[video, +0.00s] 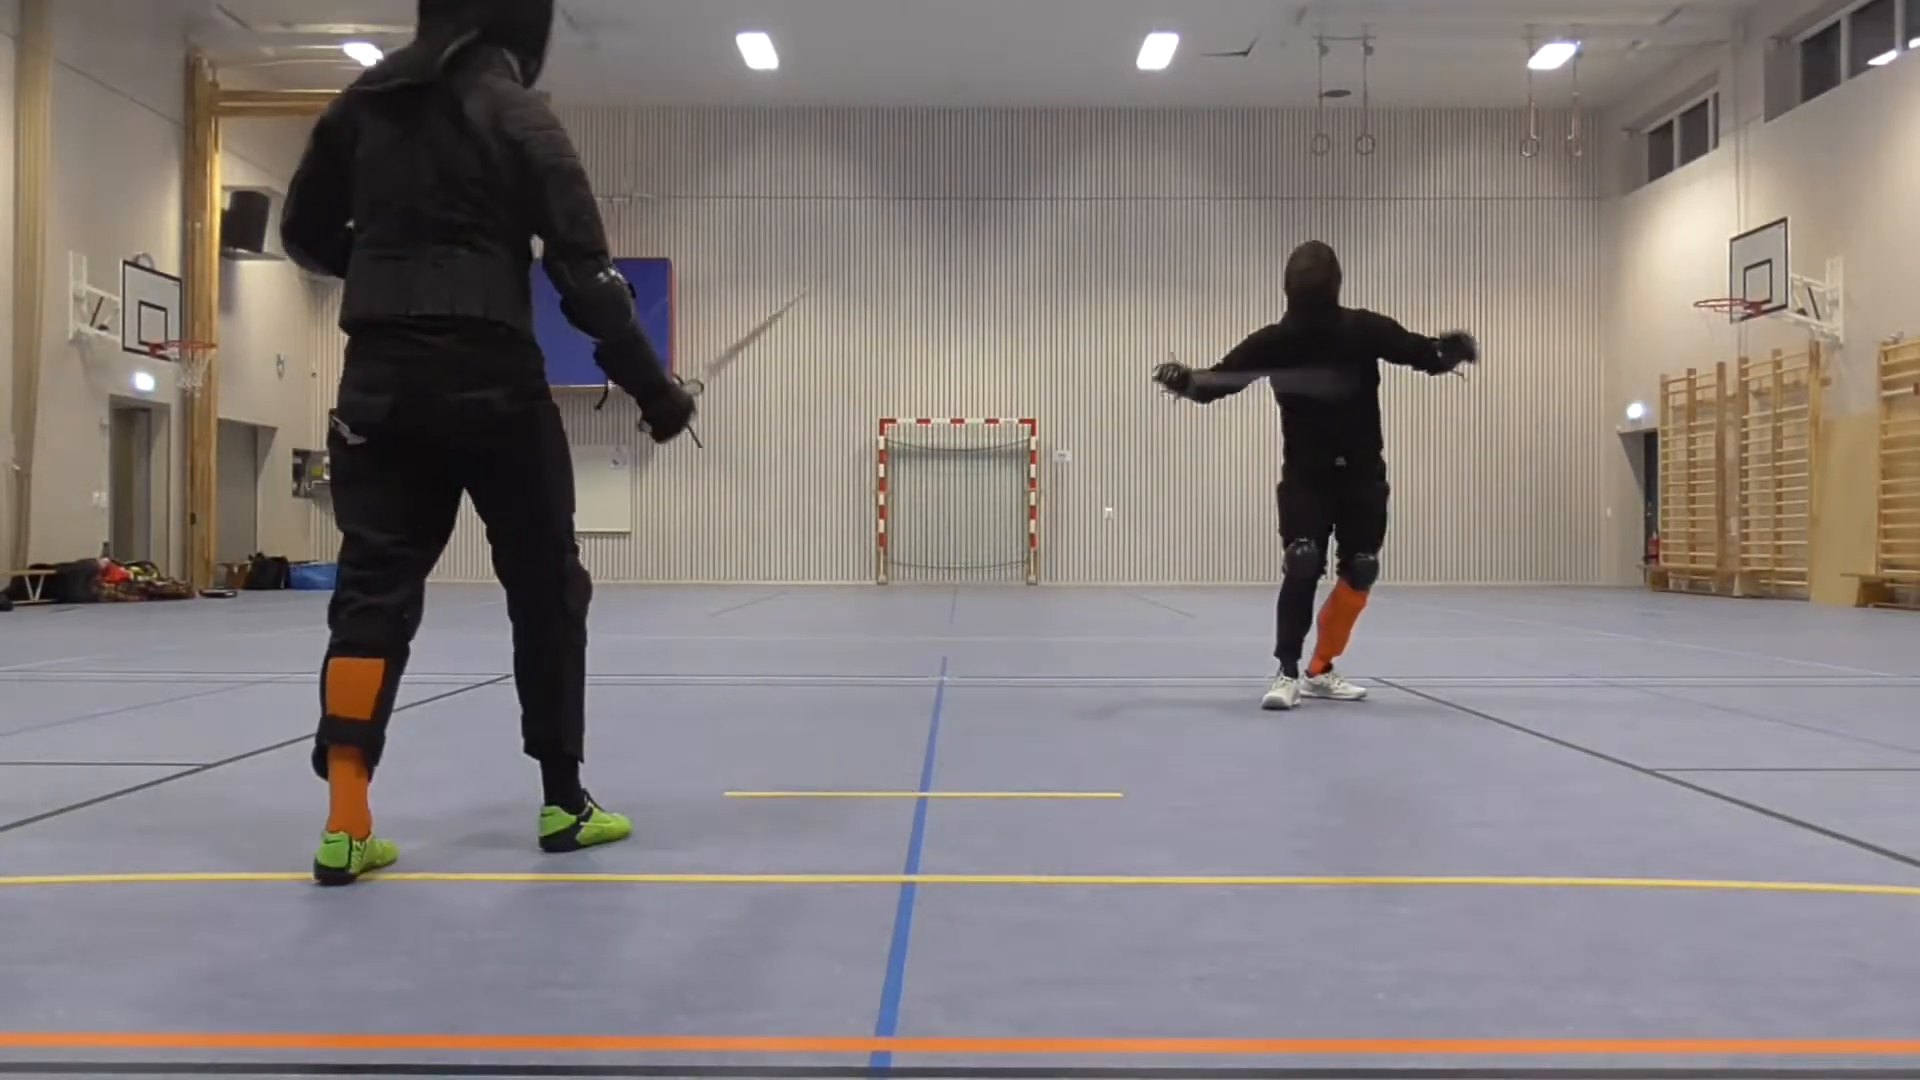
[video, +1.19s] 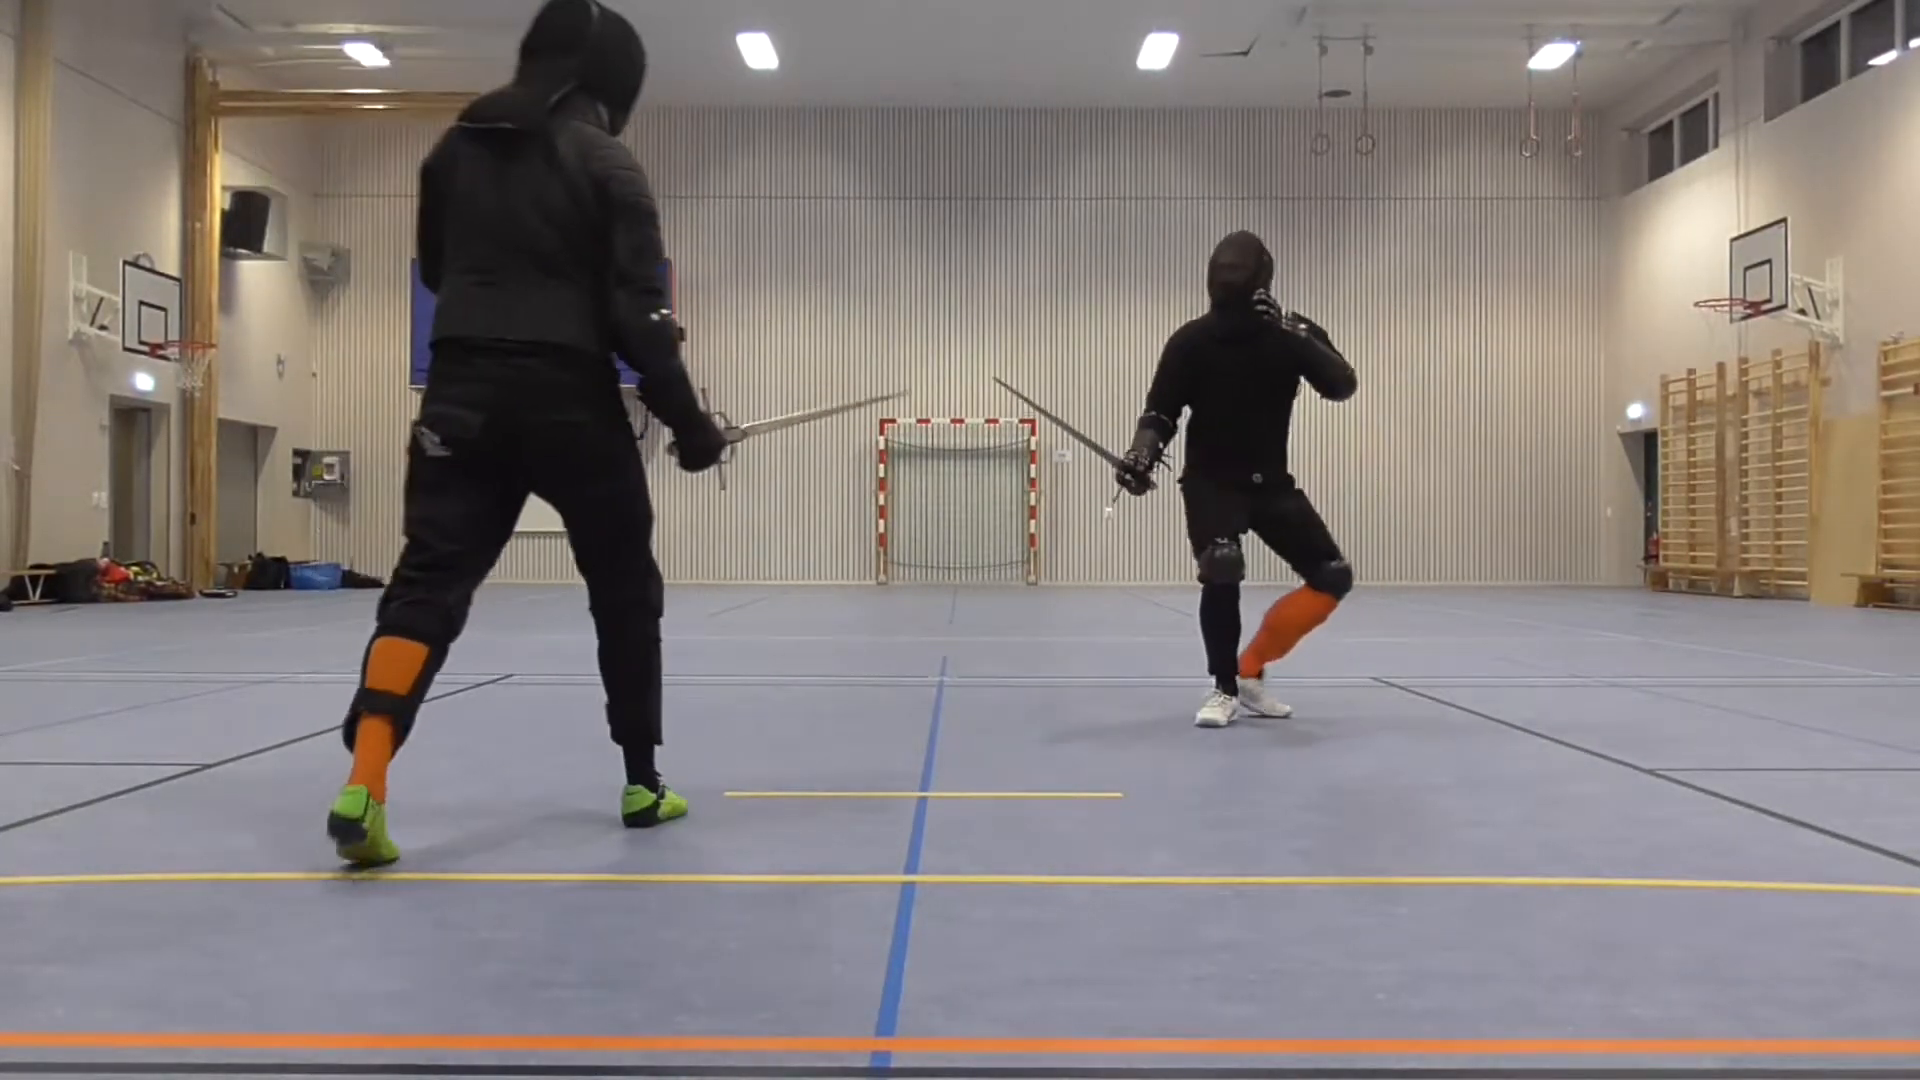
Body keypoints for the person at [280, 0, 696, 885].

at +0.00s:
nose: (541, 55)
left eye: (539, 42)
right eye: (538, 39)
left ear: (434, 22)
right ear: (519, 32)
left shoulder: (360, 103)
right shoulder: (516, 112)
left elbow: (306, 229)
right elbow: (583, 270)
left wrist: (393, 264)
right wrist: (652, 382)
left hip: (378, 373)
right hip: (491, 377)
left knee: (374, 585)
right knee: (546, 583)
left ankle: (345, 828)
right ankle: (564, 801)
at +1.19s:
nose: (627, 107)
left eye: (629, 93)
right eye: (627, 92)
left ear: (538, 64)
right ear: (605, 81)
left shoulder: (453, 152)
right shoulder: (606, 165)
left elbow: (435, 270)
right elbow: (637, 318)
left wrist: (521, 314)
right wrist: (689, 422)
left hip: (465, 397)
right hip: (573, 406)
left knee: (427, 582)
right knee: (625, 588)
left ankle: (362, 786)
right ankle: (641, 780)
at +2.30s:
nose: (550, 115)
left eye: (550, 100)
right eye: (548, 100)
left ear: (456, 77)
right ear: (527, 92)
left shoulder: (373, 160)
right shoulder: (528, 173)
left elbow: (366, 277)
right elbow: (564, 326)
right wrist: (624, 414)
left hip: (373, 401)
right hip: (484, 407)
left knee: (342, 577)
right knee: (552, 578)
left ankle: (324, 776)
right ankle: (548, 783)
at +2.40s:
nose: (522, 123)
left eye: (523, 109)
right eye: (520, 108)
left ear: (427, 82)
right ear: (499, 99)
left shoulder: (345, 169)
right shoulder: (500, 183)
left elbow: (339, 279)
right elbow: (537, 332)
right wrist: (598, 419)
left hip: (345, 412)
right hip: (452, 419)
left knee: (300, 592)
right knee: (539, 583)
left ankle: (215, 778)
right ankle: (545, 785)